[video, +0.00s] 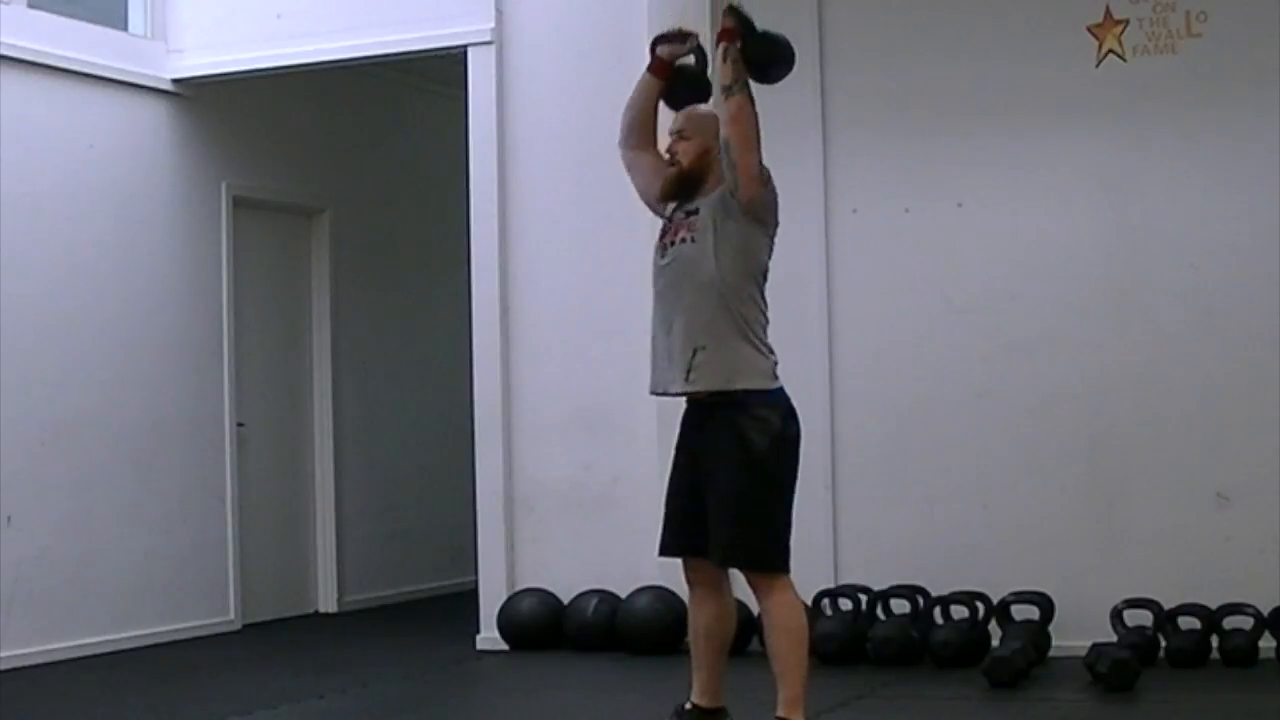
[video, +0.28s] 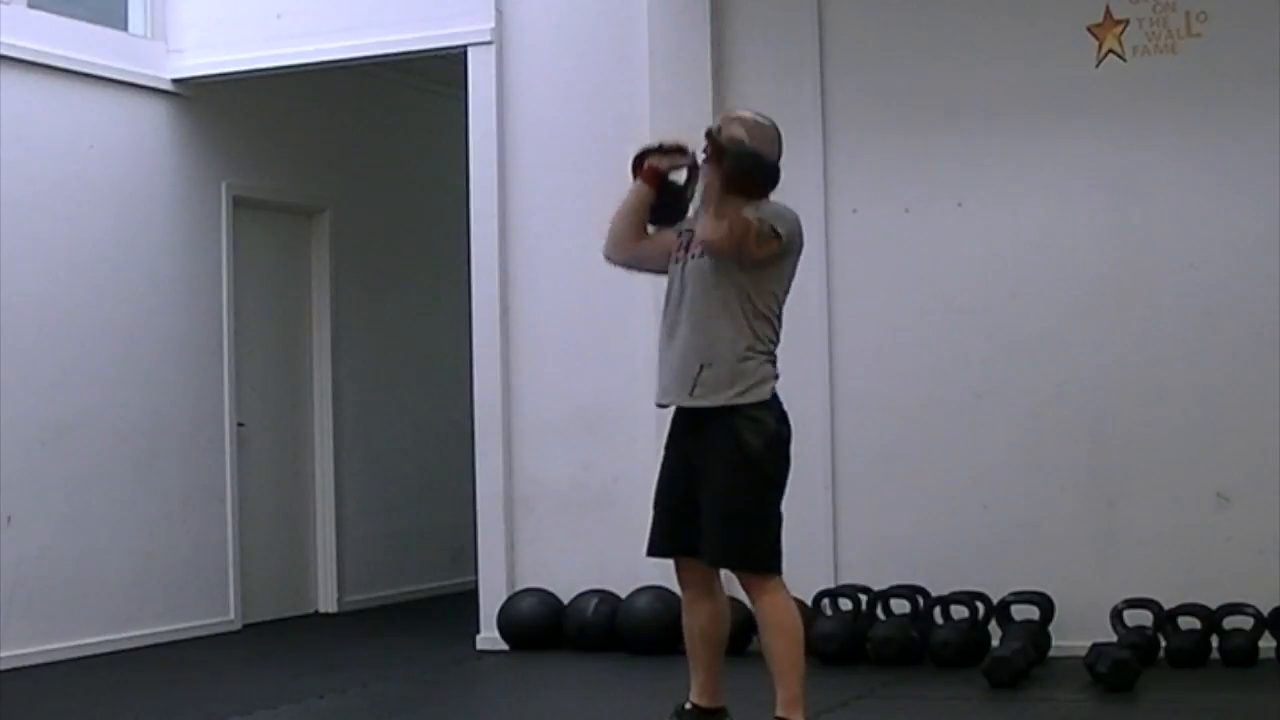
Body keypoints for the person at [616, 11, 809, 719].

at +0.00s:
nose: (670, 146)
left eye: (683, 133)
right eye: (670, 137)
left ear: (720, 141)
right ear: (676, 150)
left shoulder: (746, 202)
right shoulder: (675, 208)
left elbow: (742, 135)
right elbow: (635, 144)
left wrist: (730, 65)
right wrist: (655, 71)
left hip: (755, 410)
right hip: (702, 412)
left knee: (767, 572)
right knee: (700, 566)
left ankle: (793, 712)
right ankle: (706, 707)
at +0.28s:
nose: (708, 143)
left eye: (721, 135)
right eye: (712, 135)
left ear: (745, 162)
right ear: (714, 161)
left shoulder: (781, 222)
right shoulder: (697, 229)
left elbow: (720, 238)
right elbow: (622, 247)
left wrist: (715, 166)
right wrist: (647, 181)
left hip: (748, 422)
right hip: (691, 422)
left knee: (759, 573)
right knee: (692, 568)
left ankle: (791, 711)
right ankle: (705, 704)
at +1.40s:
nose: (550, 277)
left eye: (561, 264)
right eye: (551, 265)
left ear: (605, 270)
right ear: (600, 273)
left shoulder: (675, 338)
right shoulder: (610, 356)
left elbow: (729, 441)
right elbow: (673, 437)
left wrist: (755, 511)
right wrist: (725, 504)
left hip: (796, 441)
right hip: (739, 453)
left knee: (771, 571)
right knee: (678, 555)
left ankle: (793, 712)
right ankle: (702, 700)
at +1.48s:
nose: (548, 283)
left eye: (558, 269)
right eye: (549, 271)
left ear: (601, 275)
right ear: (598, 278)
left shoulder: (674, 342)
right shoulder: (610, 359)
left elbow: (730, 443)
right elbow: (676, 439)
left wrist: (756, 509)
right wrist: (730, 505)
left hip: (797, 440)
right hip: (743, 453)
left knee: (768, 570)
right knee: (680, 556)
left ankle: (794, 712)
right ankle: (704, 703)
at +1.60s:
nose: (576, 253)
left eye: (590, 241)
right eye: (579, 241)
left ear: (631, 250)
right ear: (624, 252)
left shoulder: (691, 324)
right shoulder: (623, 342)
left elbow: (731, 438)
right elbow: (677, 434)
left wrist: (753, 512)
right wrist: (725, 510)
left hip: (793, 448)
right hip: (736, 458)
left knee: (753, 574)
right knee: (666, 562)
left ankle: (792, 712)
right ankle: (703, 704)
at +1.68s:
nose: (619, 220)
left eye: (632, 211)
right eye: (622, 211)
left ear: (672, 224)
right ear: (659, 226)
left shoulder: (719, 306)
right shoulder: (648, 317)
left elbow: (733, 426)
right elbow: (679, 417)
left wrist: (737, 508)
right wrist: (706, 504)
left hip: (791, 455)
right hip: (731, 463)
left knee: (747, 578)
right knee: (660, 561)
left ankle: (791, 713)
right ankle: (702, 704)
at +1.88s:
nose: (710, 169)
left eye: (722, 158)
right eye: (711, 159)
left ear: (761, 167)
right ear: (746, 171)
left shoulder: (789, 245)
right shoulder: (718, 253)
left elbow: (765, 350)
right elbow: (700, 341)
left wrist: (695, 408)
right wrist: (662, 401)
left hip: (785, 435)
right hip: (730, 437)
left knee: (755, 569)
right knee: (687, 562)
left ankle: (791, 712)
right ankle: (703, 705)